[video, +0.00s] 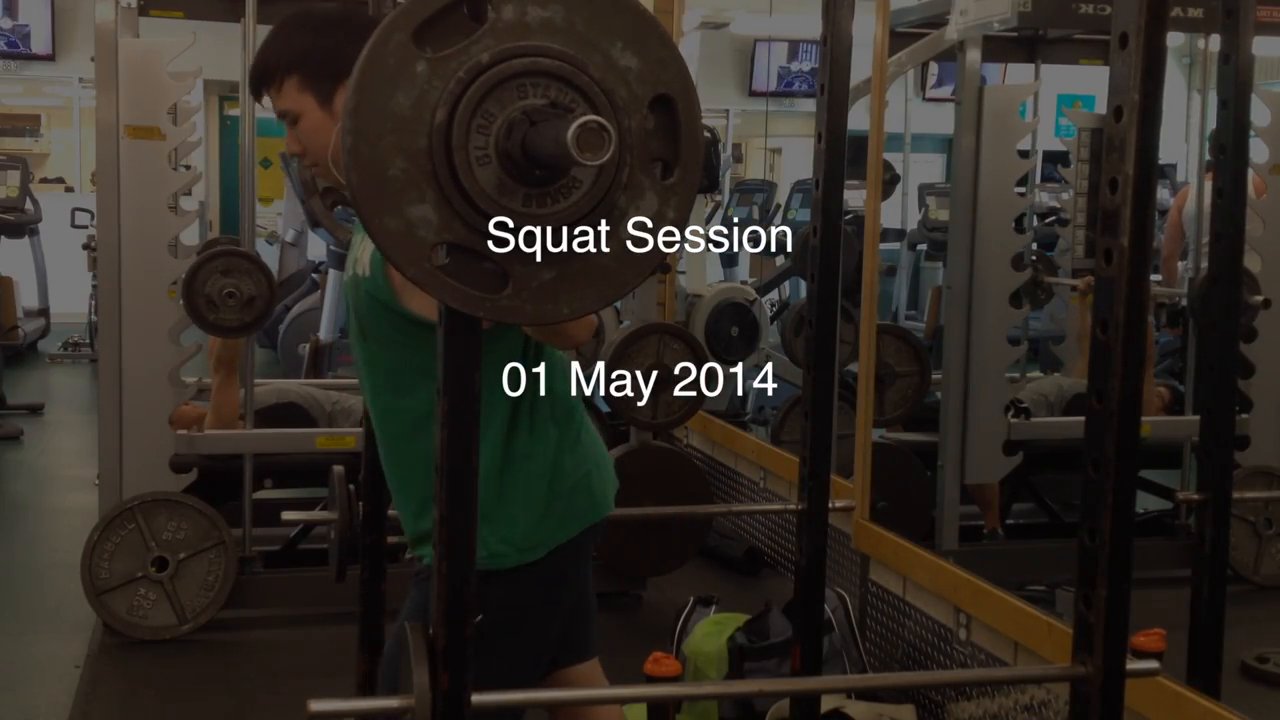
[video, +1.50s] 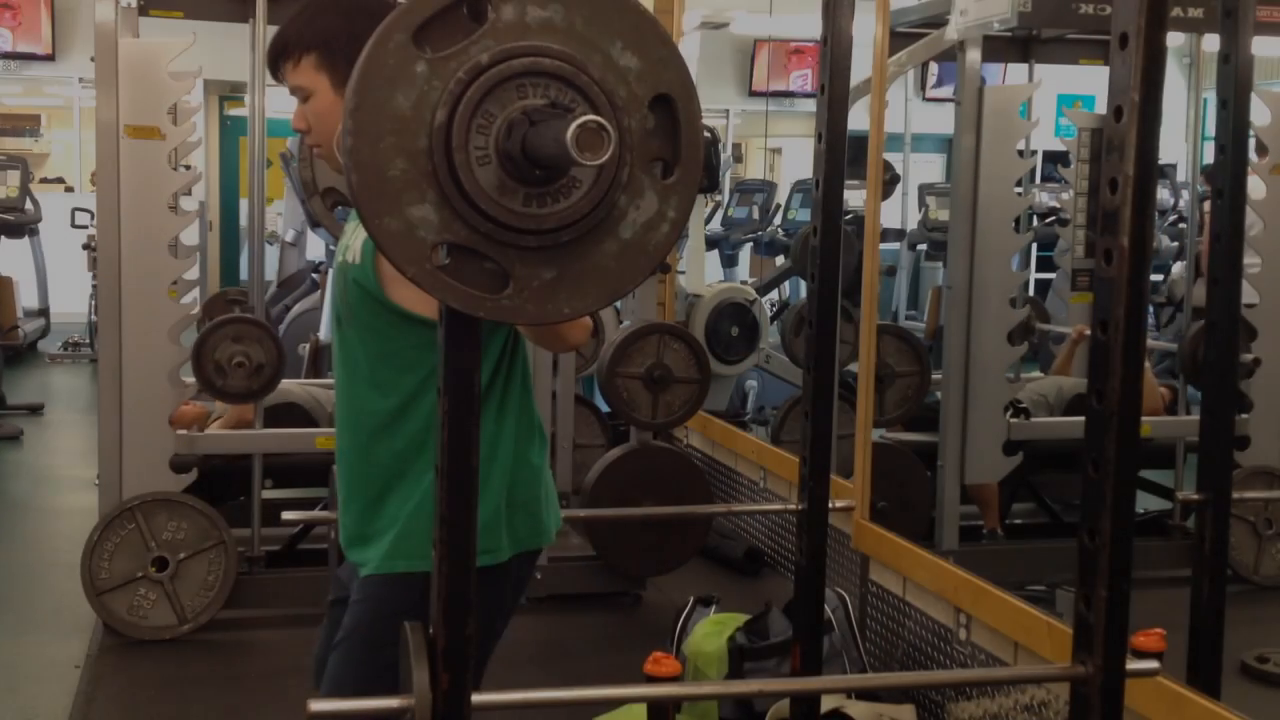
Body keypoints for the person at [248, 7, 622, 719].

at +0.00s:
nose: (291, 144)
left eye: (295, 120)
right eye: (285, 125)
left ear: (351, 101)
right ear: (343, 107)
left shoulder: (403, 228)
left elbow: (574, 327)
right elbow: (569, 325)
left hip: (500, 522)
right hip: (554, 493)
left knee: (439, 696)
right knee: (574, 674)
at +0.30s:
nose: (290, 155)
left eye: (292, 131)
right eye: (281, 139)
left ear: (347, 103)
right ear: (340, 108)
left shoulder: (405, 217)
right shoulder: (389, 220)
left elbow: (586, 320)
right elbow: (586, 319)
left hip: (512, 510)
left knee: (445, 689)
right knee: (579, 676)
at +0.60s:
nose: (289, 155)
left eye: (290, 131)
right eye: (280, 138)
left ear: (346, 103)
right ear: (341, 108)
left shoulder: (404, 217)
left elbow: (587, 318)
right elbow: (587, 317)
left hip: (506, 513)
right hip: (555, 492)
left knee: (450, 695)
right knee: (578, 678)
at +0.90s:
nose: (293, 148)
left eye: (296, 124)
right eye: (287, 129)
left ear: (351, 104)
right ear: (341, 110)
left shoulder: (412, 226)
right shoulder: (388, 227)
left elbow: (586, 320)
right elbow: (585, 319)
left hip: (519, 514)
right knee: (569, 684)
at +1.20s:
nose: (298, 126)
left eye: (305, 100)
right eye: (296, 103)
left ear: (364, 91)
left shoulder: (412, 226)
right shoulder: (374, 223)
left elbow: (572, 325)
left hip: (466, 547)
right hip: (420, 538)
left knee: (378, 711)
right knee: (361, 699)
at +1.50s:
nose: (296, 120)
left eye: (305, 95)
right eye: (295, 98)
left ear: (369, 89)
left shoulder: (414, 223)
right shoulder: (369, 224)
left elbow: (571, 328)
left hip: (450, 544)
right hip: (395, 535)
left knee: (348, 714)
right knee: (334, 696)